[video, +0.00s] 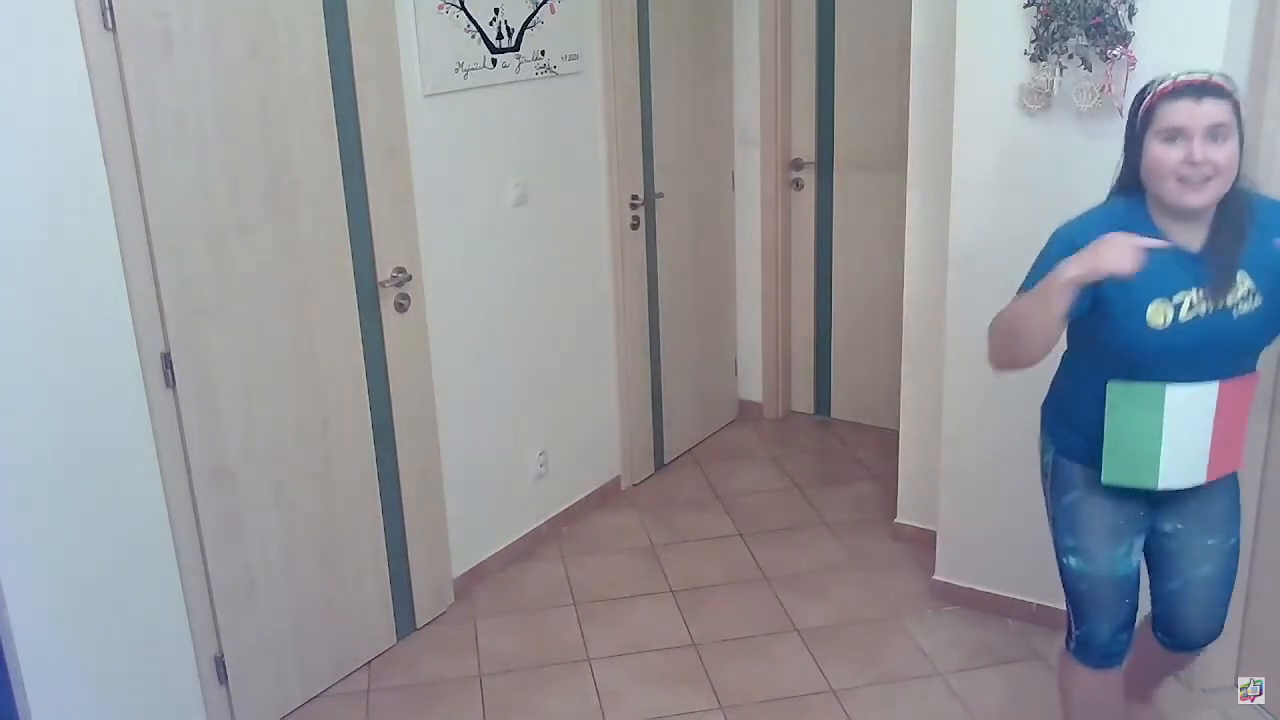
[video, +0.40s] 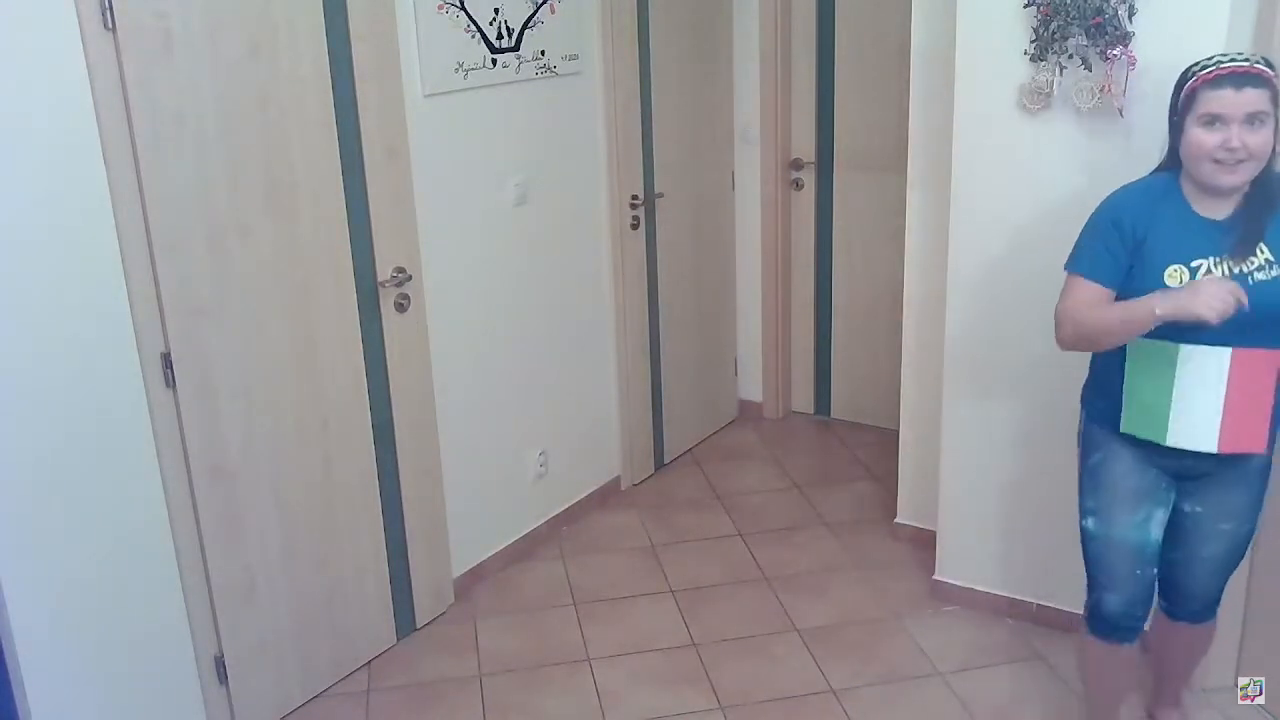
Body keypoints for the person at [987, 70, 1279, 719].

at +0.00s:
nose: (1197, 155)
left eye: (1216, 135)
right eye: (1173, 137)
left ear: (1238, 150)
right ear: (1138, 152)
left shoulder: (1267, 228)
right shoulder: (1090, 239)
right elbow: (1005, 354)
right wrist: (1074, 271)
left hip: (1208, 461)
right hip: (1096, 463)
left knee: (1191, 627)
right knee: (1102, 636)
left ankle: (1132, 695)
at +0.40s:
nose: (1232, 140)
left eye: (1252, 121)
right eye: (1211, 121)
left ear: (1274, 133)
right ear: (1178, 131)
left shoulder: (1274, 220)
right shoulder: (1131, 210)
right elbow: (1072, 325)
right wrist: (1169, 303)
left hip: (1238, 450)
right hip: (1127, 439)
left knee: (1193, 605)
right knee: (1115, 610)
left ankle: (1169, 703)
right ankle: (1111, 714)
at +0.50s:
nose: (1236, 136)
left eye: (1255, 117)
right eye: (1216, 117)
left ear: (1277, 128)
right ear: (1183, 126)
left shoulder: (1275, 212)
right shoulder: (1134, 203)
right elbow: (1075, 315)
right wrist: (1168, 358)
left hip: (1244, 443)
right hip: (1136, 434)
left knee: (1197, 602)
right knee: (1127, 605)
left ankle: (1171, 704)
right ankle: (1123, 706)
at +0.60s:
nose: (1234, 141)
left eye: (1254, 123)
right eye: (1215, 122)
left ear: (1274, 132)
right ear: (1182, 128)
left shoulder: (1276, 214)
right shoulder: (1132, 208)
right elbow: (1079, 321)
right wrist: (1142, 413)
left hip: (1249, 445)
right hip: (1142, 436)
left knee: (1201, 609)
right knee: (1133, 611)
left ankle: (1171, 704)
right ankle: (1127, 703)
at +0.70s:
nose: (1229, 142)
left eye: (1248, 124)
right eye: (1210, 124)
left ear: (1270, 133)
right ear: (1179, 131)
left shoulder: (1277, 213)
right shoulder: (1127, 213)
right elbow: (1070, 327)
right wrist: (1054, 439)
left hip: (1250, 452)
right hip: (1141, 444)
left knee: (1207, 610)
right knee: (1146, 615)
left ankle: (1171, 702)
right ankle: (1129, 700)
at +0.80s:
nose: (1221, 126)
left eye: (1241, 109)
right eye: (1202, 109)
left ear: (1262, 122)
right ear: (1171, 120)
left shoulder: (1272, 206)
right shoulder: (1118, 205)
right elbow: (1042, 298)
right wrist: (978, 378)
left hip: (1250, 437)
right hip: (1143, 431)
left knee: (1204, 595)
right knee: (1153, 606)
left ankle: (1171, 701)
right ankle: (1127, 702)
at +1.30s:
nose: (1142, 112)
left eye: (1163, 100)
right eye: (1124, 97)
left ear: (1187, 115)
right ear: (1099, 110)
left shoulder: (1228, 208)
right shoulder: (1050, 193)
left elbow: (1276, 313)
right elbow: (980, 273)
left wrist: (1277, 416)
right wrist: (924, 327)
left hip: (1164, 433)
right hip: (1061, 426)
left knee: (1103, 608)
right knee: (1087, 587)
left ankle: (1071, 710)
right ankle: (1117, 688)